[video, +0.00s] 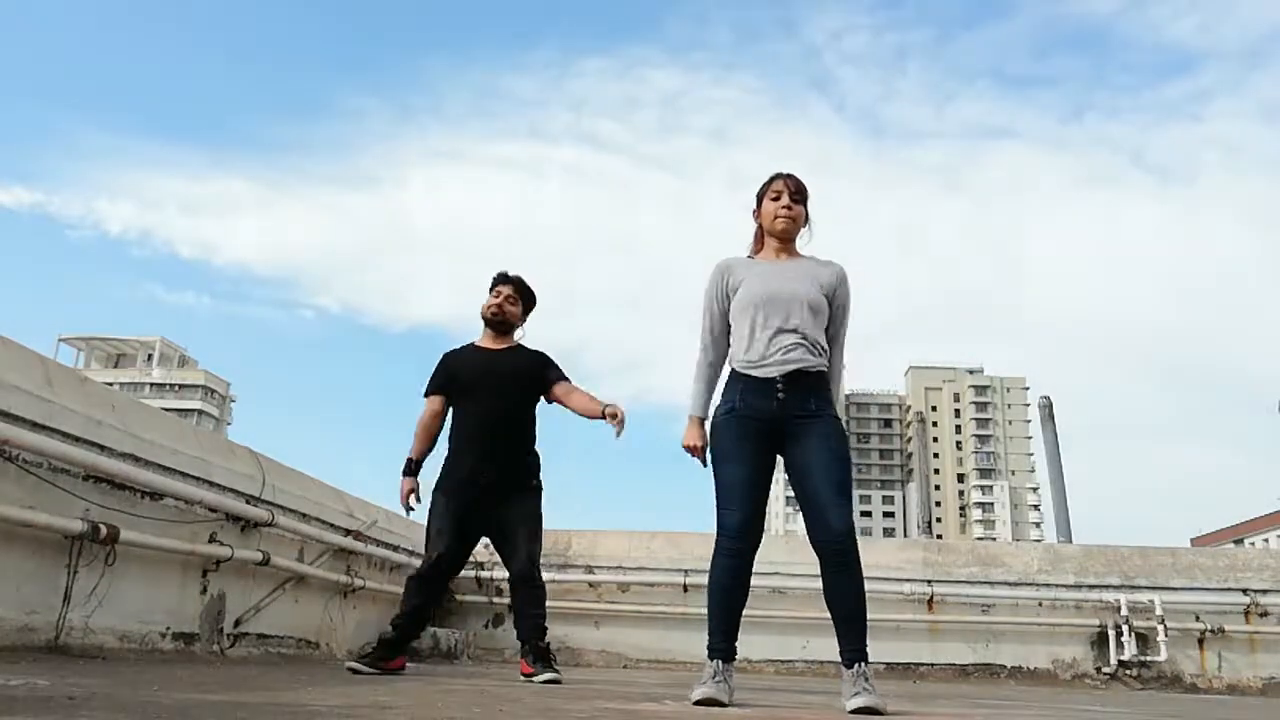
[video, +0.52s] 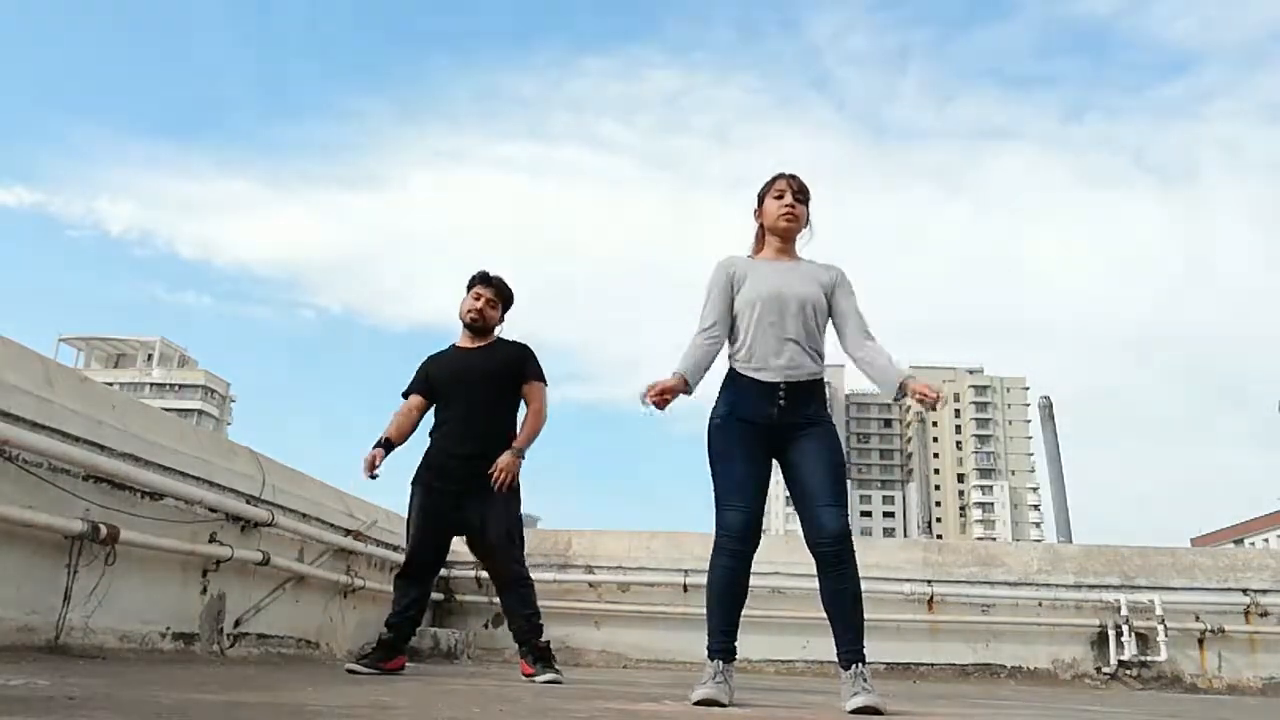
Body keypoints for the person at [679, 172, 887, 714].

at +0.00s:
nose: (786, 204)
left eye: (795, 198)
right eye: (776, 197)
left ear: (806, 216)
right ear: (757, 213)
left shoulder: (830, 274)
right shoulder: (730, 271)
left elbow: (834, 357)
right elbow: (712, 349)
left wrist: (831, 419)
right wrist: (696, 417)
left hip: (812, 407)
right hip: (742, 407)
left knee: (837, 536)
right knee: (736, 535)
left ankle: (857, 672)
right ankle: (718, 668)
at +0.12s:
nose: (786, 202)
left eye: (795, 196)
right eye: (776, 195)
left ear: (807, 214)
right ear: (758, 210)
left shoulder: (830, 272)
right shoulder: (730, 268)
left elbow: (828, 352)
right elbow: (713, 345)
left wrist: (821, 410)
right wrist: (699, 413)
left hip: (811, 408)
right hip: (742, 407)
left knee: (835, 535)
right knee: (736, 537)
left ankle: (856, 672)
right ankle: (718, 668)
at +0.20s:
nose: (787, 201)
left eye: (797, 196)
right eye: (777, 194)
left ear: (807, 214)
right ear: (757, 210)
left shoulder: (830, 272)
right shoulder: (730, 268)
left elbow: (829, 355)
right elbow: (710, 345)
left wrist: (824, 415)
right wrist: (691, 410)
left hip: (811, 409)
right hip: (741, 407)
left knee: (834, 535)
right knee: (737, 535)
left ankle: (856, 672)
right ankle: (718, 667)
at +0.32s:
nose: (788, 203)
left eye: (797, 198)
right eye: (777, 197)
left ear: (807, 217)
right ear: (757, 213)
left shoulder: (830, 275)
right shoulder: (731, 269)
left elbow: (840, 359)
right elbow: (706, 344)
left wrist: (853, 428)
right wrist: (680, 408)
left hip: (813, 412)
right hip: (742, 408)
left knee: (834, 536)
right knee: (737, 533)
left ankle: (855, 673)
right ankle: (717, 668)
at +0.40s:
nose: (789, 204)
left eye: (798, 198)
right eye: (778, 196)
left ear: (807, 217)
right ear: (758, 212)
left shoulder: (829, 277)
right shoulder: (732, 270)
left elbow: (851, 353)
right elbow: (706, 342)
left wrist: (888, 413)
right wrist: (674, 398)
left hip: (810, 415)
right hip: (741, 411)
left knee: (832, 536)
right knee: (736, 534)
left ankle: (855, 673)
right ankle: (718, 667)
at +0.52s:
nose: (790, 202)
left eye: (799, 198)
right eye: (779, 195)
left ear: (808, 218)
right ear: (759, 213)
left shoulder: (828, 276)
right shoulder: (733, 269)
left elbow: (861, 343)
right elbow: (709, 335)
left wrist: (904, 383)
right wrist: (682, 379)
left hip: (807, 413)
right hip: (741, 411)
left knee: (832, 536)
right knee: (736, 534)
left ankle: (855, 673)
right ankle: (718, 668)